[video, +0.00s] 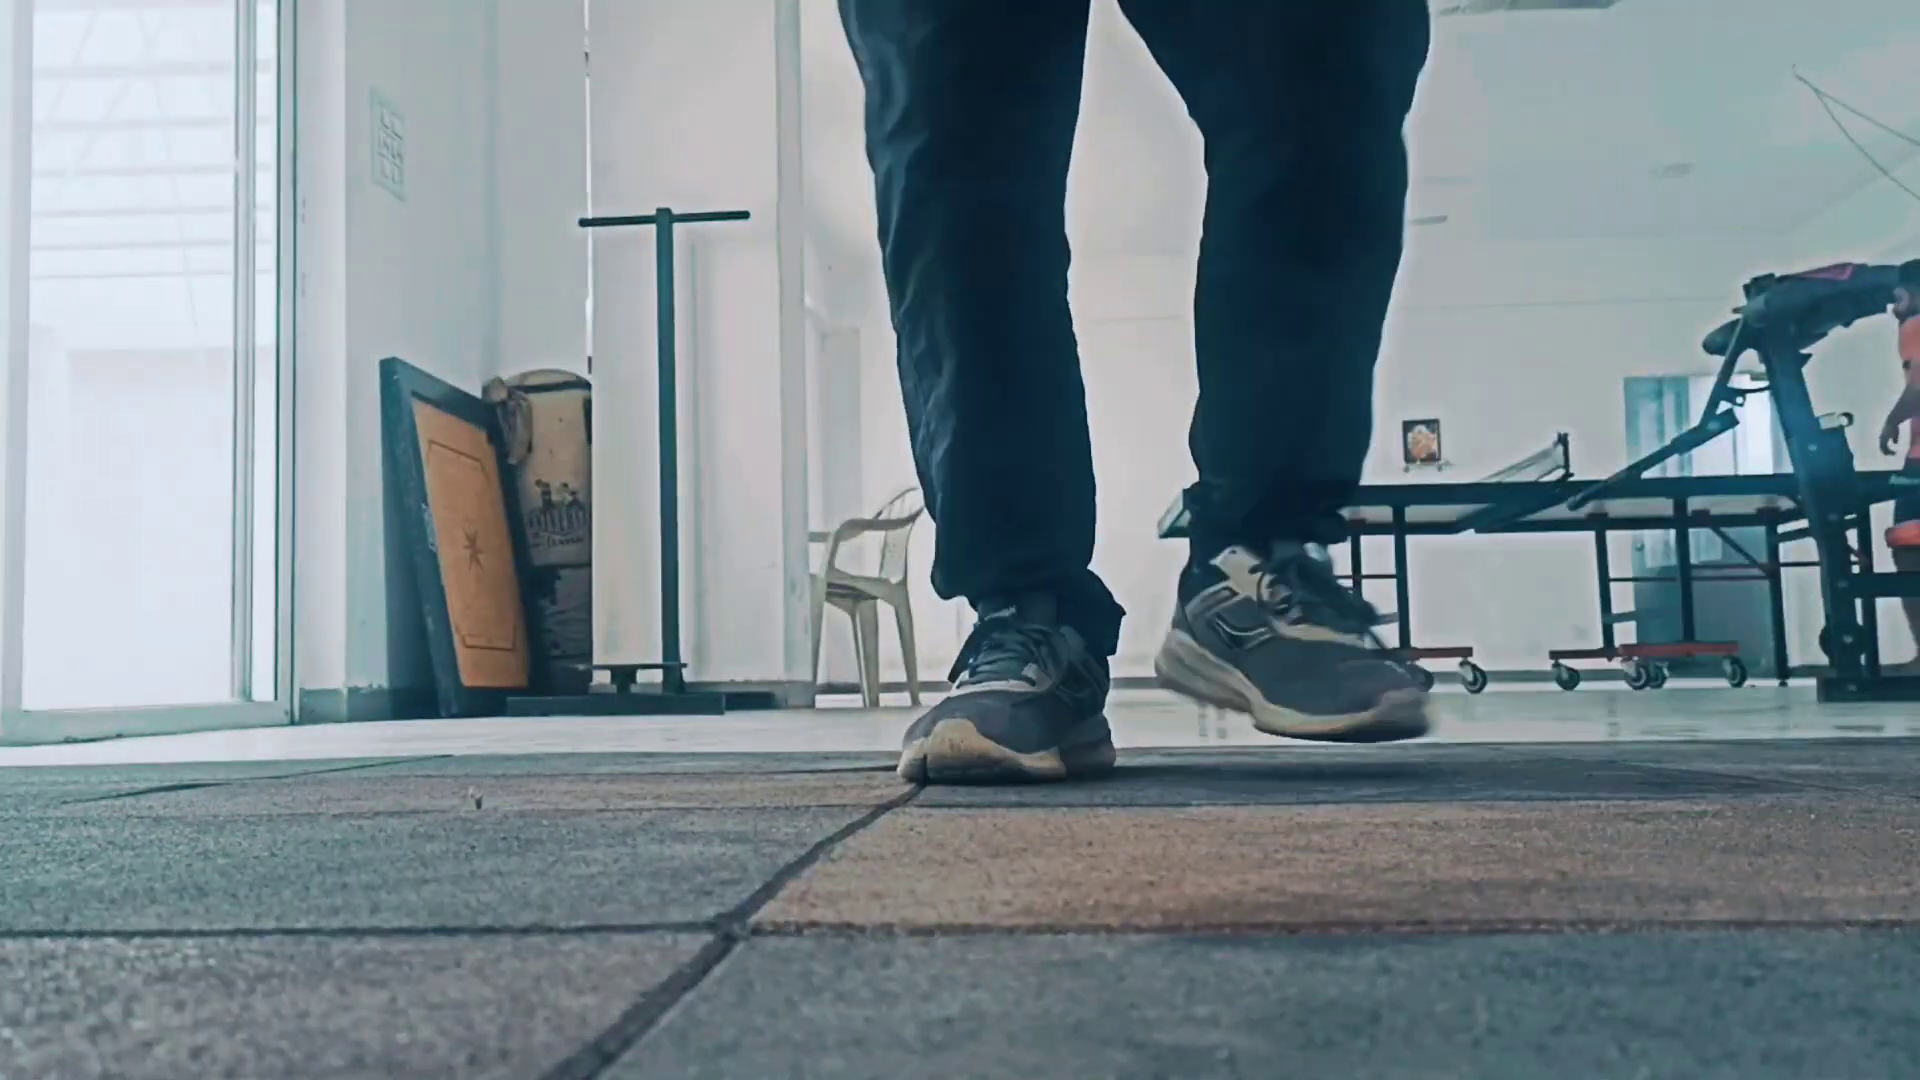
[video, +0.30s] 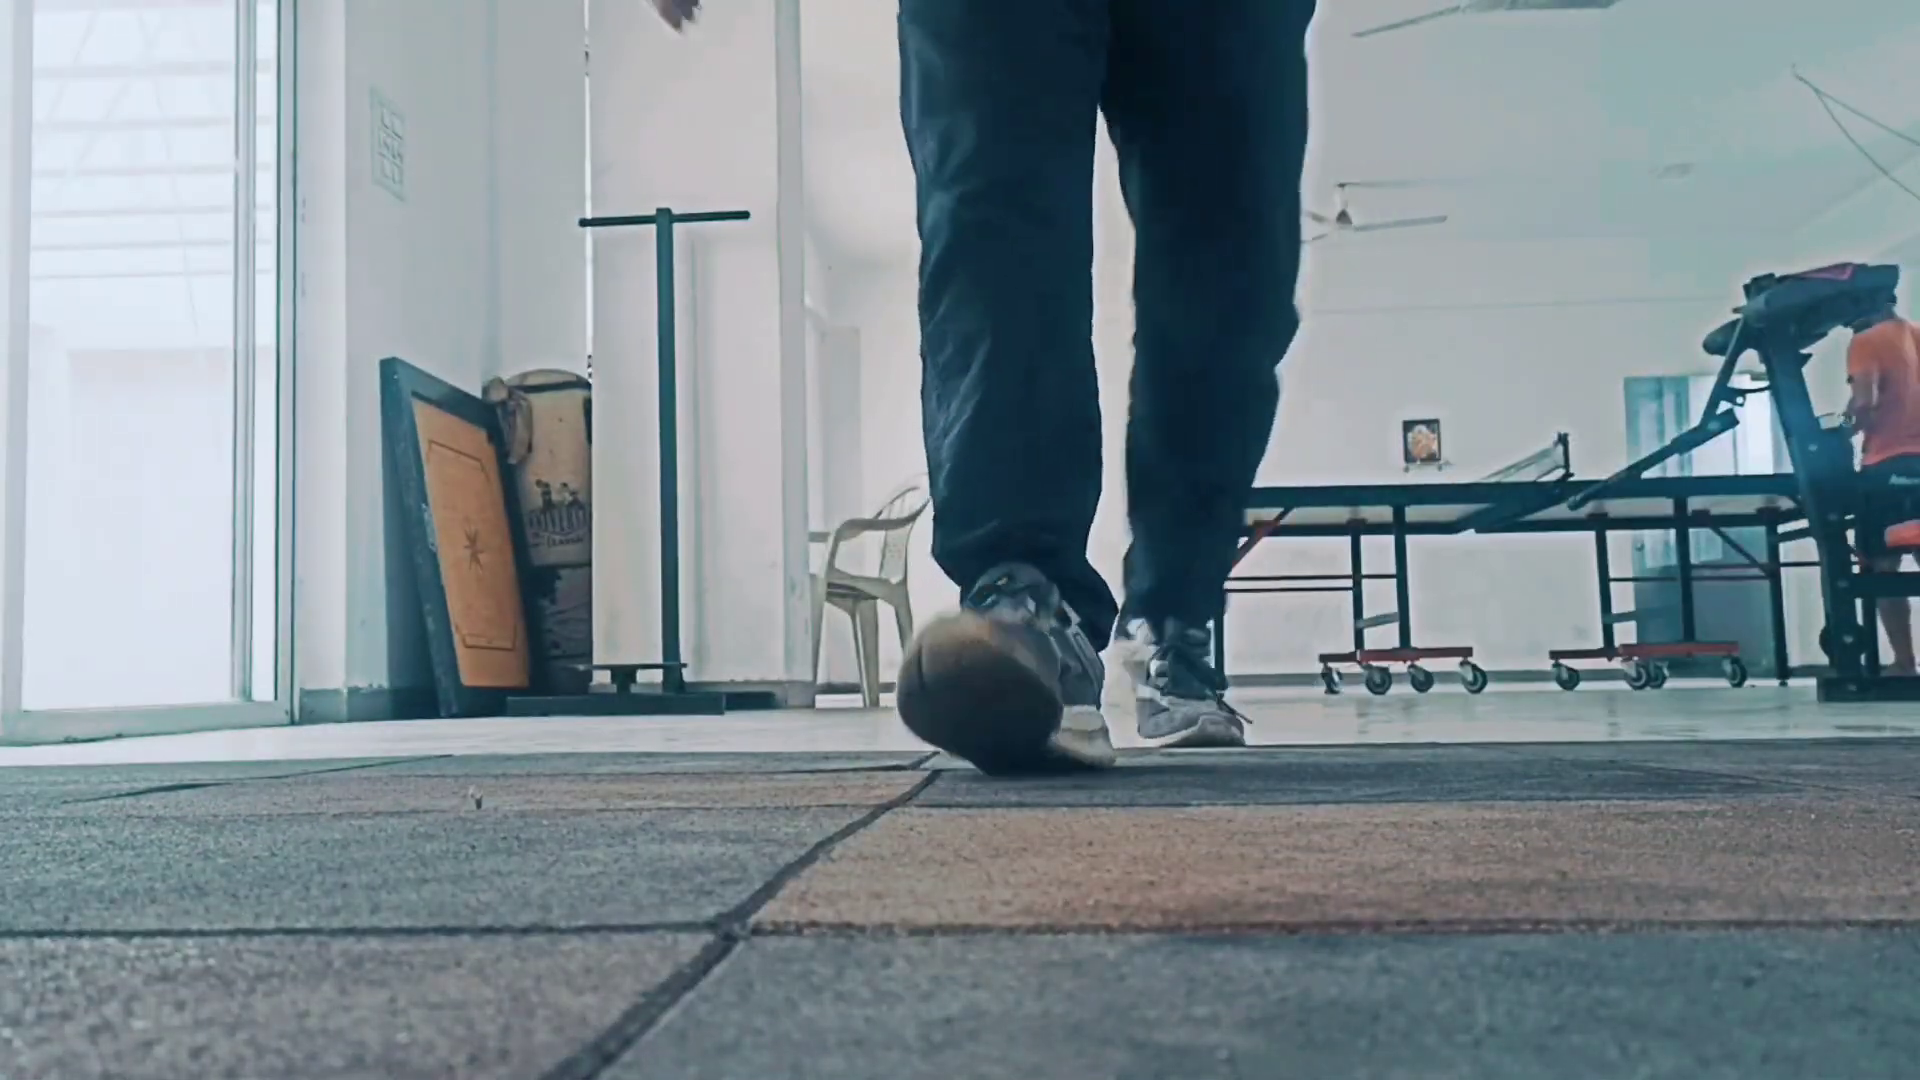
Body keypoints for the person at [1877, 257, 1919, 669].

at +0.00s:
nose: (1892, 305)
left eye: (1897, 297)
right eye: (1892, 297)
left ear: (1911, 298)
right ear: (1909, 298)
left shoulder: (1910, 328)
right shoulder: (1908, 328)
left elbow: (1914, 384)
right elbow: (1913, 386)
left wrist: (1891, 421)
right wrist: (1894, 423)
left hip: (1915, 457)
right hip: (1912, 456)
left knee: (1905, 542)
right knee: (1903, 544)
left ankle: (1917, 645)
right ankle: (1915, 645)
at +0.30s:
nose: (1847, 324)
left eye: (1849, 316)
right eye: (1846, 317)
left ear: (1860, 310)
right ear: (1888, 303)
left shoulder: (1866, 341)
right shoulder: (1914, 332)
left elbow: (1863, 404)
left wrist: (1849, 422)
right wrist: (1860, 419)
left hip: (1887, 461)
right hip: (1917, 455)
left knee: (1881, 565)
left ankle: (1904, 660)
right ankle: (1903, 658)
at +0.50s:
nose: (1826, 334)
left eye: (1828, 327)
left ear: (1838, 320)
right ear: (1866, 314)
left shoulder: (1839, 349)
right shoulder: (1906, 349)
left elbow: (1823, 406)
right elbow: (1912, 400)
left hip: (1873, 463)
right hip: (1915, 461)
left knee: (1878, 568)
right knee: (1903, 564)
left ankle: (1906, 660)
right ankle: (1912, 654)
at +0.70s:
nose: (1808, 344)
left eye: (1811, 336)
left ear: (1820, 333)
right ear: (1848, 329)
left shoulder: (1818, 366)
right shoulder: (1884, 368)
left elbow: (1804, 422)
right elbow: (1907, 429)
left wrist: (1791, 451)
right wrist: (1916, 463)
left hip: (1849, 476)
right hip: (1891, 471)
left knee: (1862, 567)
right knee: (1871, 566)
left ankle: (1901, 654)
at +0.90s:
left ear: (1796, 335)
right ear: (1823, 329)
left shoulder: (1804, 367)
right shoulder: (1857, 370)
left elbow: (1798, 426)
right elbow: (1873, 436)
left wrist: (1773, 454)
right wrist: (1889, 490)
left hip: (1825, 479)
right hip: (1867, 475)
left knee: (1807, 572)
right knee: (1860, 562)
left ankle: (1868, 632)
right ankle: (1848, 642)